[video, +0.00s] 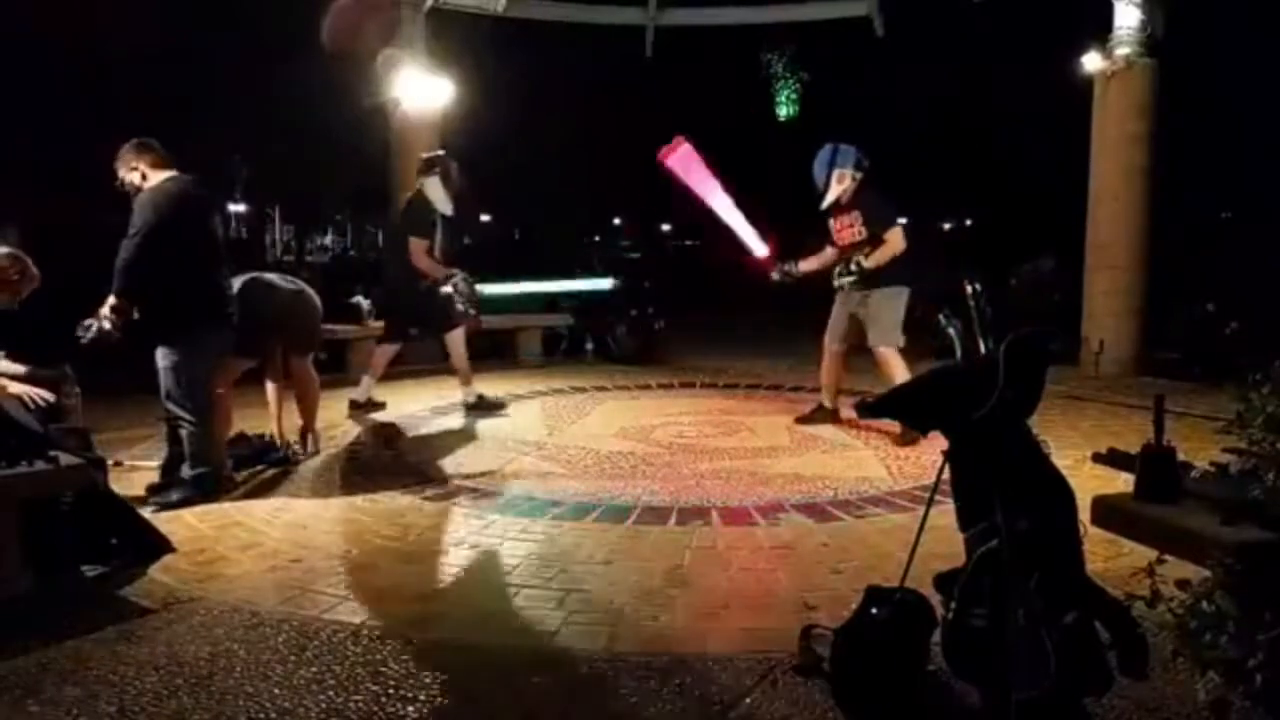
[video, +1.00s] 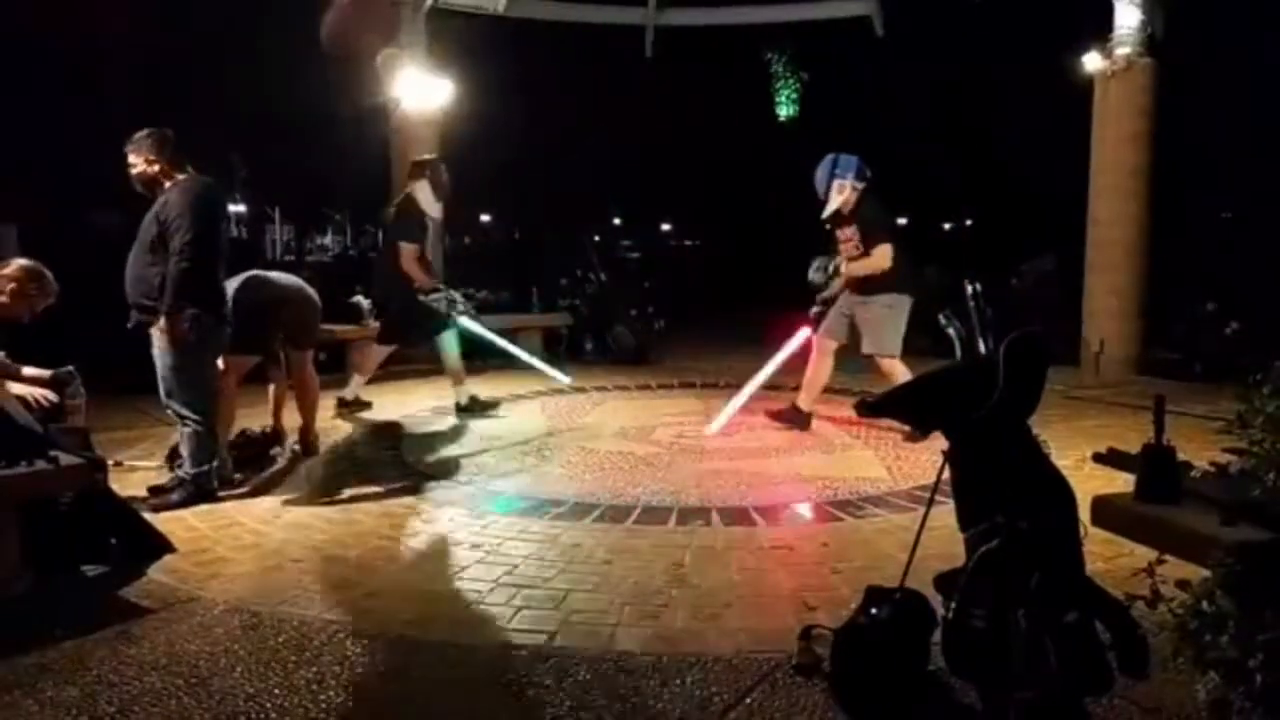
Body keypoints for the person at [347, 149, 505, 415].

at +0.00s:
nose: (456, 182)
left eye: (454, 176)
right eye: (452, 176)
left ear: (429, 176)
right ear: (439, 177)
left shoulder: (426, 204)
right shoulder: (422, 206)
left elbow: (423, 253)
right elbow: (417, 257)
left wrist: (443, 271)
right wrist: (446, 274)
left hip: (405, 283)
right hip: (413, 283)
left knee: (393, 337)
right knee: (454, 326)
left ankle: (361, 394)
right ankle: (471, 395)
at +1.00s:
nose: (447, 181)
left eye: (446, 175)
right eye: (442, 175)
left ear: (424, 177)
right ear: (429, 178)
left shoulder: (427, 204)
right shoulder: (410, 209)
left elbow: (421, 255)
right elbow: (407, 260)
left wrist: (437, 287)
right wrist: (433, 288)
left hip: (409, 286)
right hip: (404, 287)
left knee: (387, 339)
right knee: (445, 329)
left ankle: (349, 394)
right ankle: (463, 396)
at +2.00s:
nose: (444, 175)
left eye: (441, 169)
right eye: (440, 170)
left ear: (414, 173)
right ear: (429, 173)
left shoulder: (411, 199)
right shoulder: (408, 203)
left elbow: (426, 248)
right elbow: (429, 253)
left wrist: (460, 255)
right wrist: (464, 259)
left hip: (392, 281)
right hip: (404, 283)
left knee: (381, 335)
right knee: (440, 329)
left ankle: (343, 389)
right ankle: (449, 395)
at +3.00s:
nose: (411, 173)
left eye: (410, 167)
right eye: (407, 167)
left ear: (387, 169)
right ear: (394, 167)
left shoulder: (376, 197)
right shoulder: (378, 200)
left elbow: (389, 243)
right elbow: (391, 247)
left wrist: (422, 245)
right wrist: (426, 251)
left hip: (366, 282)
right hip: (378, 284)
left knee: (354, 336)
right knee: (416, 330)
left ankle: (324, 392)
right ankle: (434, 395)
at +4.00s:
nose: (448, 174)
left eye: (447, 168)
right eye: (444, 168)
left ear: (418, 168)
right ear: (432, 168)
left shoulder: (408, 193)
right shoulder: (421, 197)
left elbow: (420, 244)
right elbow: (424, 246)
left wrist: (446, 264)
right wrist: (453, 269)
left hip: (403, 274)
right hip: (417, 275)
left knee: (408, 329)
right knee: (449, 328)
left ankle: (392, 390)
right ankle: (441, 391)